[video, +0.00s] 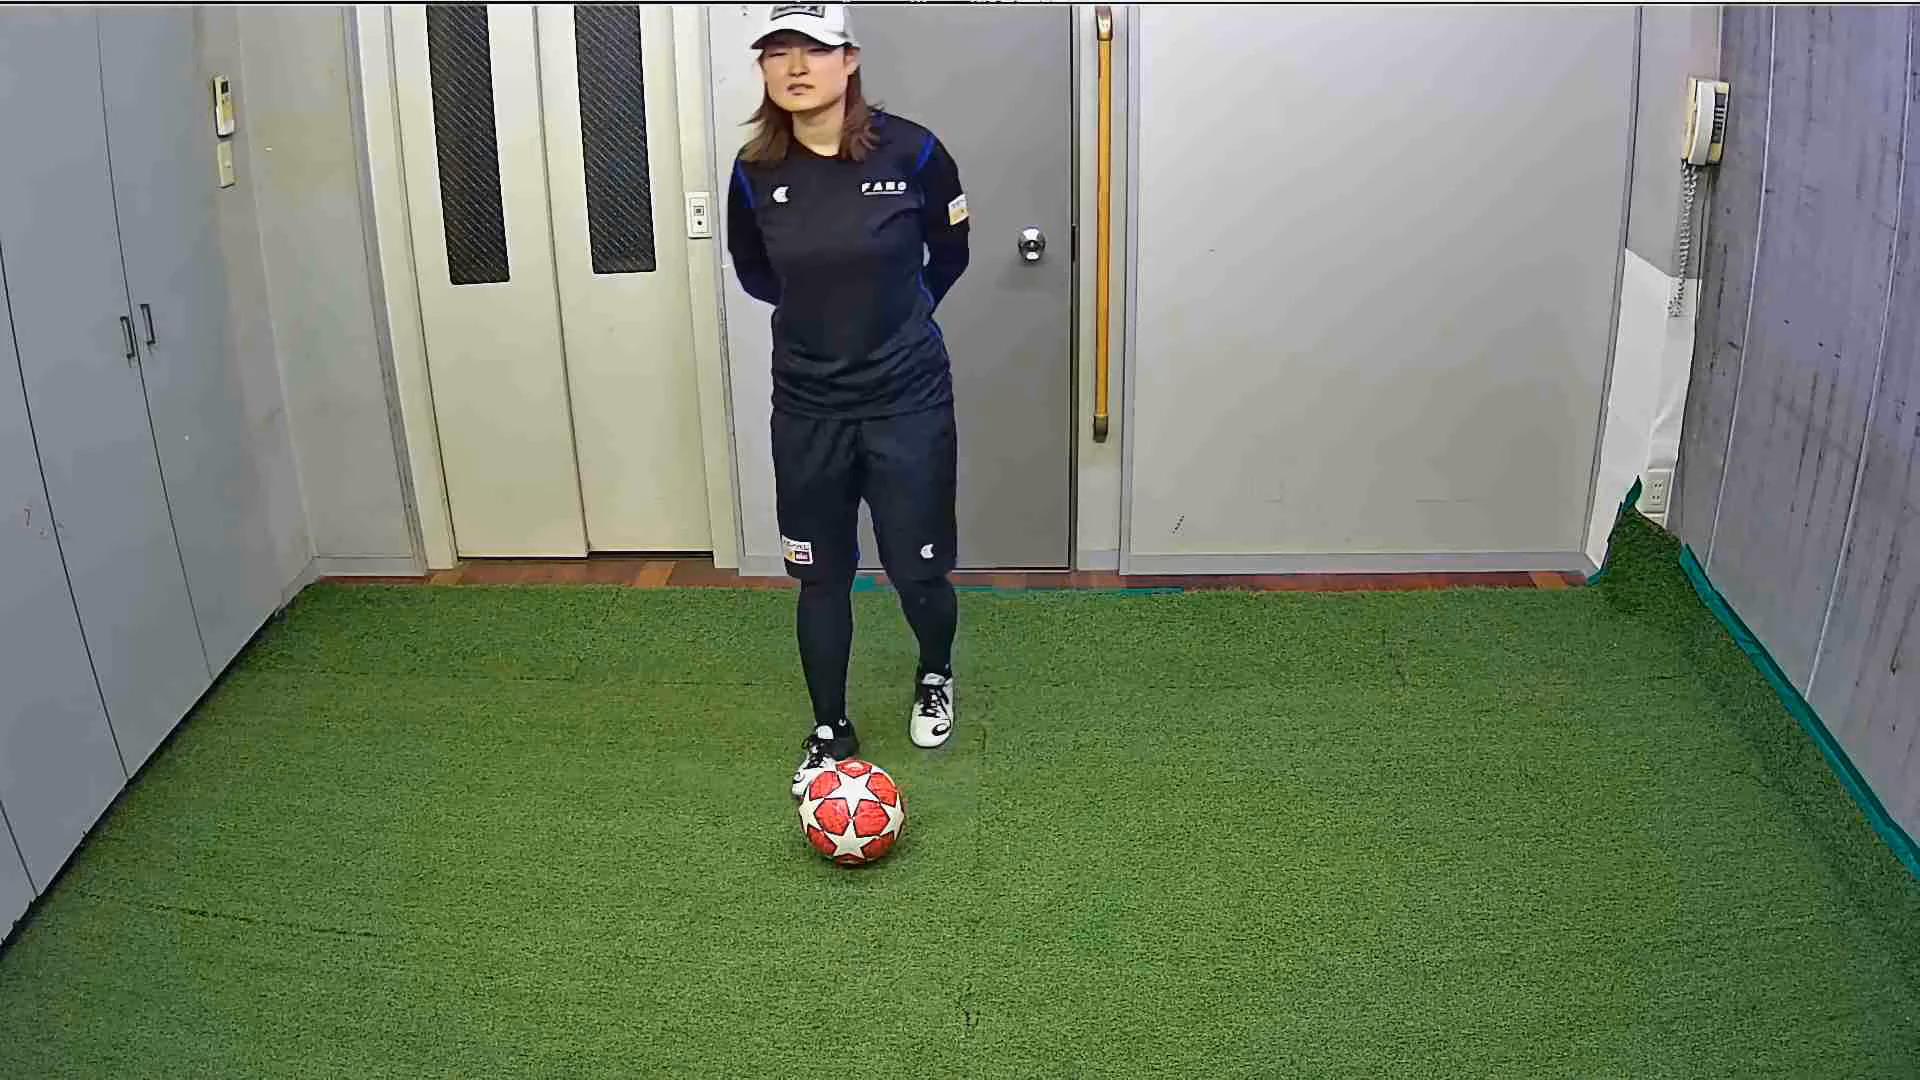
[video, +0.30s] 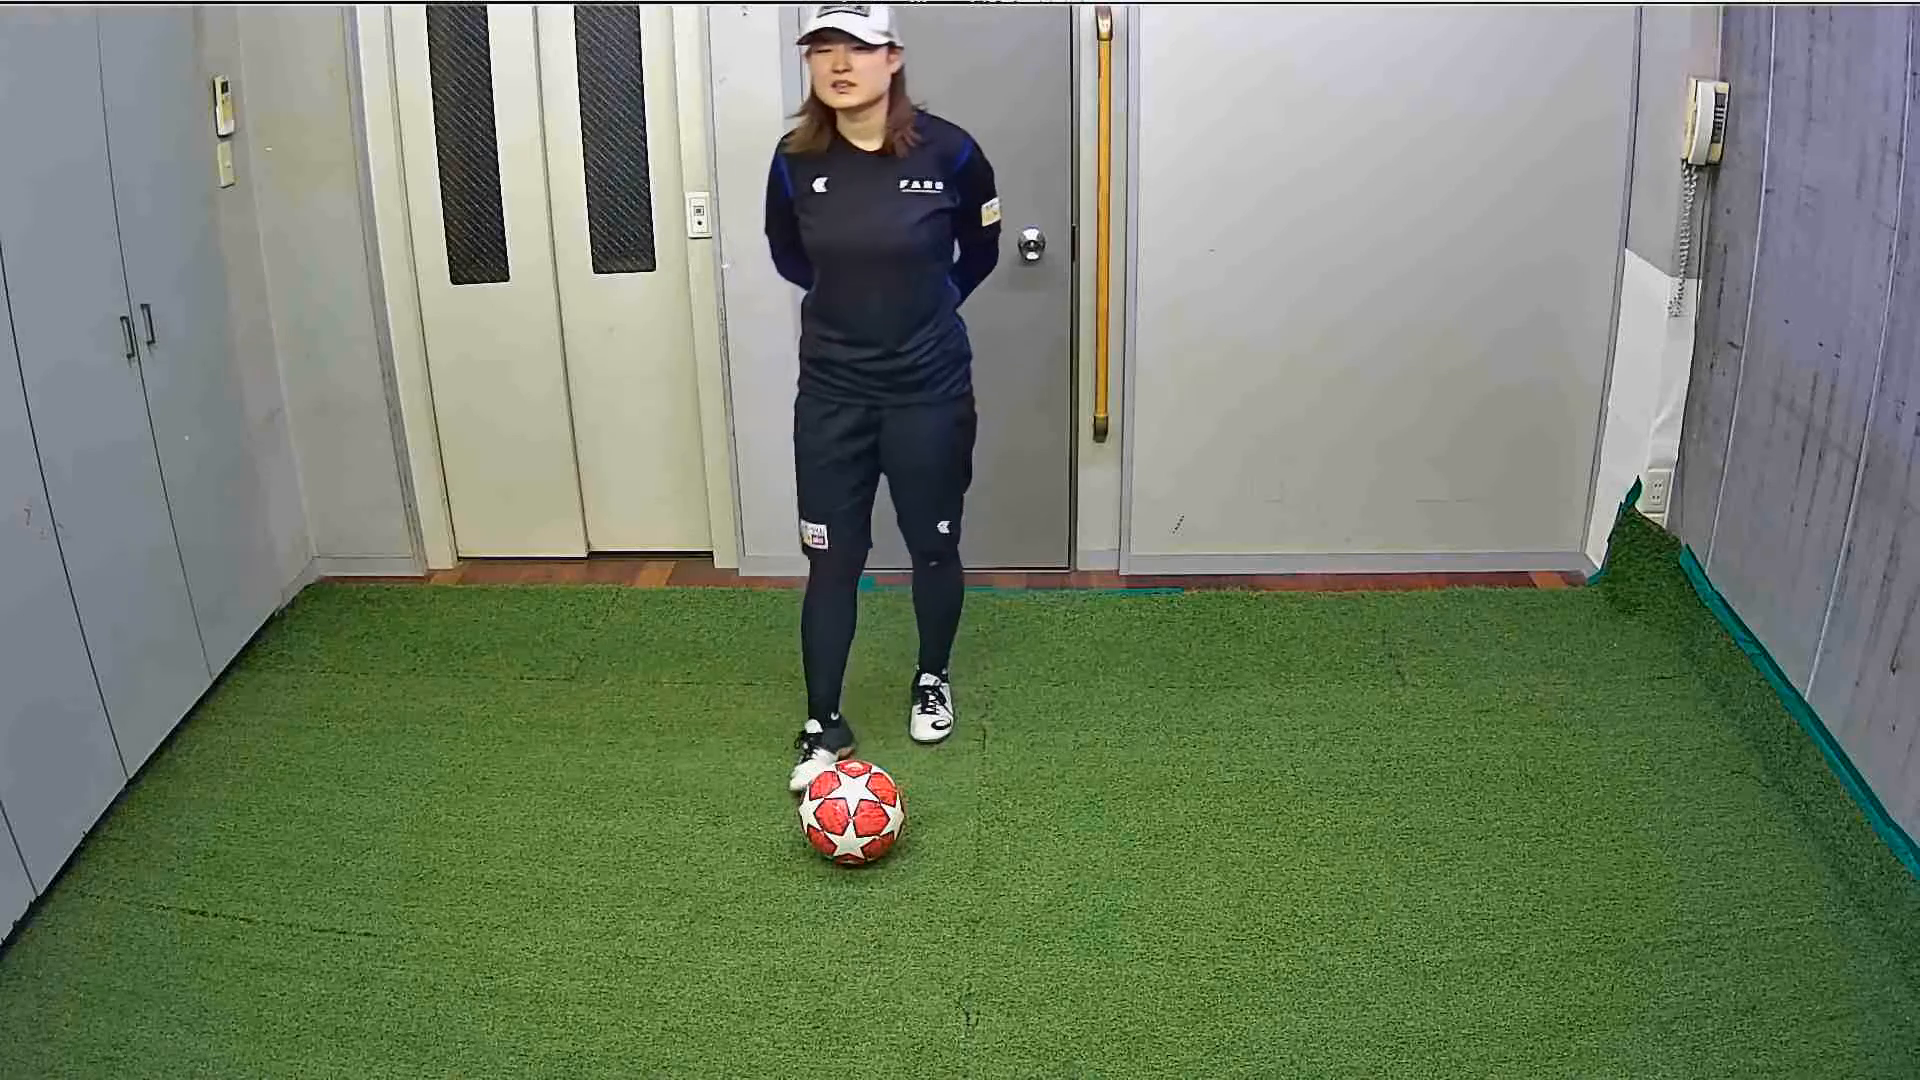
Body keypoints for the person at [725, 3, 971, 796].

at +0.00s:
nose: (793, 66)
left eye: (812, 50)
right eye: (778, 54)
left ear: (849, 62)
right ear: (765, 71)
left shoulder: (914, 151)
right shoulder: (754, 170)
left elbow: (953, 252)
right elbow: (752, 273)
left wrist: (895, 313)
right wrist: (822, 306)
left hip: (906, 397)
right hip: (806, 403)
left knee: (920, 573)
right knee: (816, 571)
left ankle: (933, 675)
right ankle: (830, 730)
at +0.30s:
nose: (837, 65)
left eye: (854, 51)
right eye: (823, 54)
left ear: (892, 60)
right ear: (810, 69)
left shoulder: (950, 150)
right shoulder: (795, 158)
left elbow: (984, 247)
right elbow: (785, 252)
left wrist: (926, 302)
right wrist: (847, 290)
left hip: (927, 384)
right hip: (831, 385)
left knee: (934, 545)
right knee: (829, 553)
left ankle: (933, 678)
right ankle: (823, 722)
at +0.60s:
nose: (854, 61)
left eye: (871, 46)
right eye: (841, 48)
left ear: (907, 55)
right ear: (826, 63)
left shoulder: (962, 144)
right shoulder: (808, 148)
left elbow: (990, 245)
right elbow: (797, 242)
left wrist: (932, 296)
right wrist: (855, 280)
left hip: (932, 376)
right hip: (838, 376)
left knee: (937, 536)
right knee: (831, 534)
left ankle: (933, 679)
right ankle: (824, 693)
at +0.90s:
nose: (835, 73)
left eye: (851, 57)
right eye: (822, 59)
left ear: (888, 57)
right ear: (809, 66)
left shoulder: (946, 142)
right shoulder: (793, 148)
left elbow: (977, 246)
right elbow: (785, 248)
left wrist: (919, 300)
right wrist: (845, 283)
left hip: (920, 378)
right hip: (825, 380)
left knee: (930, 539)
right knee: (826, 540)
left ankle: (933, 681)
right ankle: (825, 694)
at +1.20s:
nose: (819, 70)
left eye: (836, 54)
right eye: (806, 55)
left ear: (873, 58)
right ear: (790, 64)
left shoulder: (927, 142)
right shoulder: (774, 152)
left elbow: (961, 246)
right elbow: (765, 250)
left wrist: (902, 300)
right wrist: (827, 286)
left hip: (906, 382)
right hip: (810, 384)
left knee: (920, 542)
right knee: (818, 543)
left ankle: (932, 682)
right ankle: (825, 692)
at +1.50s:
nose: (814, 69)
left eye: (831, 53)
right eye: (801, 54)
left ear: (866, 59)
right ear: (785, 65)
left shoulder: (920, 145)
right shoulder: (765, 155)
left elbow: (952, 250)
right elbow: (755, 251)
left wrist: (895, 303)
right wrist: (816, 289)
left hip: (900, 385)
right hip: (802, 388)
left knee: (915, 543)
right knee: (815, 547)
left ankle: (931, 681)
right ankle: (824, 695)